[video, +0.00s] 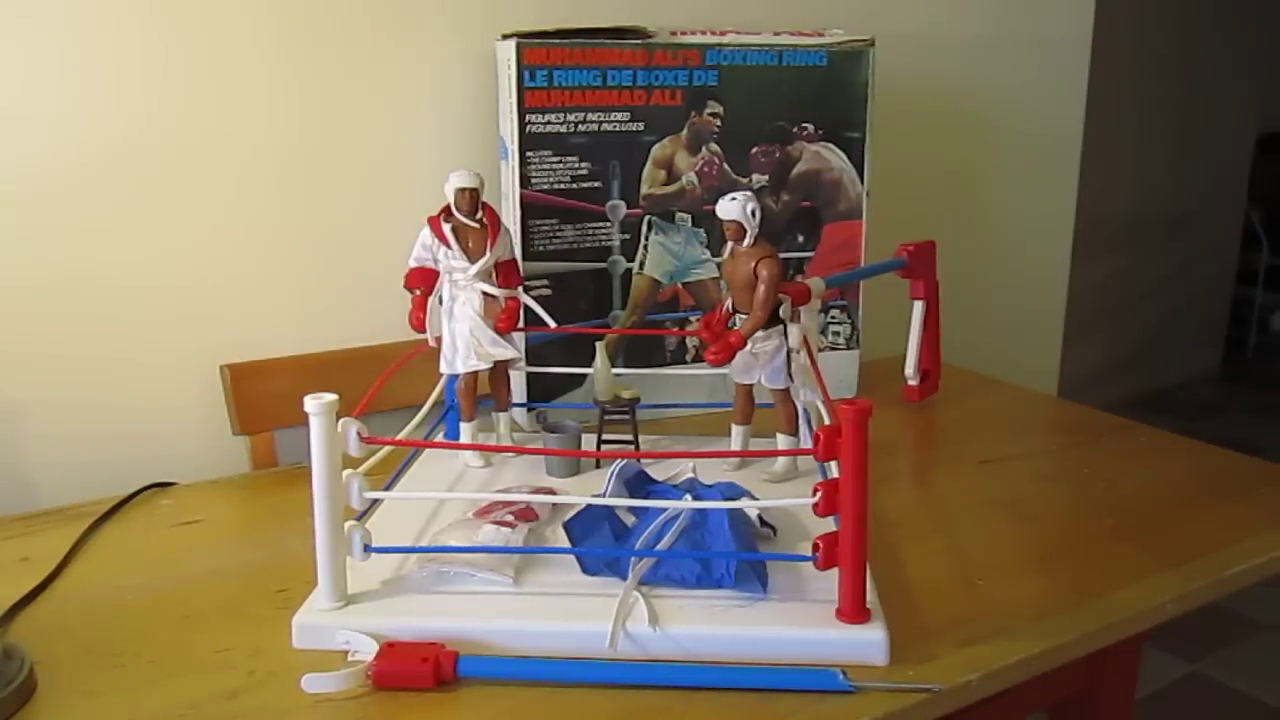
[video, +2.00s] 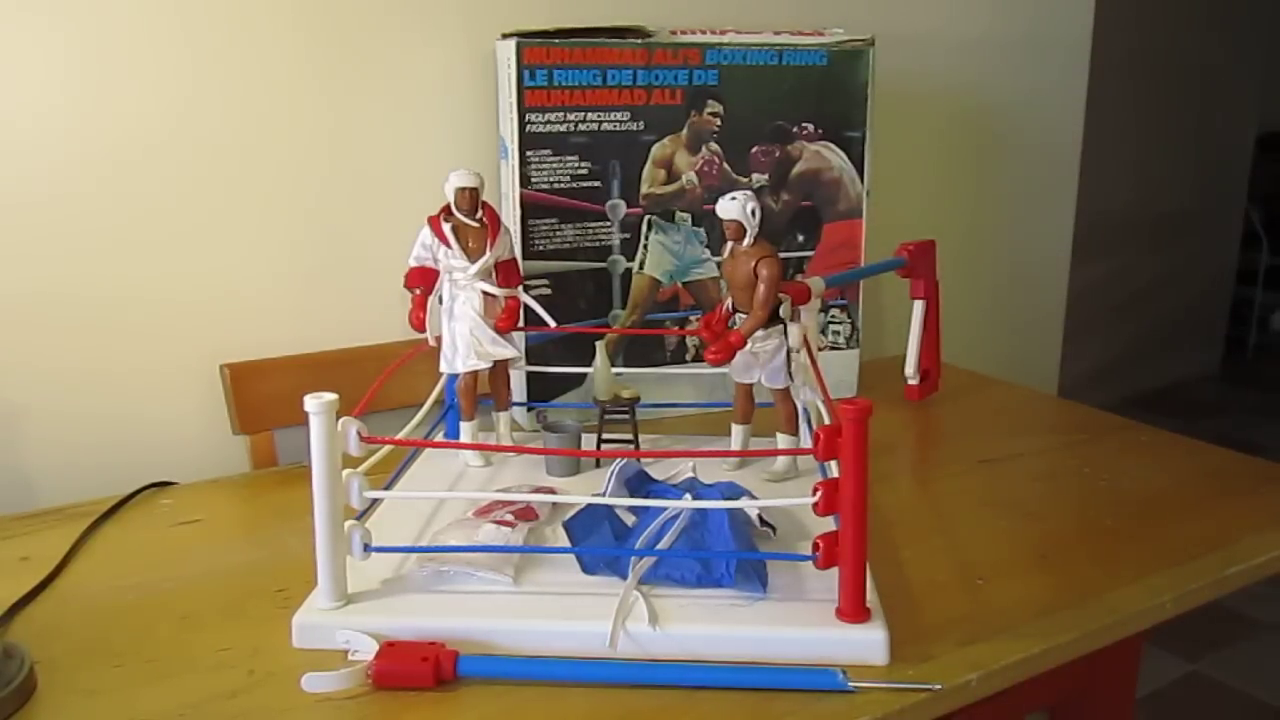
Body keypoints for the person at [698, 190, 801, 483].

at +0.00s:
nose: (725, 229)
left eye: (730, 224)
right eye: (723, 223)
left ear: (748, 224)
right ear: (724, 224)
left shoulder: (767, 262)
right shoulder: (731, 251)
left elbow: (761, 314)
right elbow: (734, 292)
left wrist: (736, 339)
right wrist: (720, 317)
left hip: (769, 334)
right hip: (743, 331)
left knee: (780, 392)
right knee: (742, 388)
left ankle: (787, 457)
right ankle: (738, 451)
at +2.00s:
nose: (726, 227)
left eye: (731, 222)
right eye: (724, 222)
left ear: (748, 222)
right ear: (723, 222)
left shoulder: (767, 262)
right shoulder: (730, 249)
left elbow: (761, 314)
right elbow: (734, 293)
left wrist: (735, 340)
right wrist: (720, 319)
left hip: (768, 333)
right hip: (743, 329)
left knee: (780, 391)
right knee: (742, 387)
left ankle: (787, 457)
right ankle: (737, 450)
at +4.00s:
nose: (725, 227)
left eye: (731, 221)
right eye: (723, 221)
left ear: (748, 222)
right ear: (723, 222)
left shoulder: (766, 260)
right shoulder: (730, 250)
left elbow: (761, 312)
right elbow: (736, 293)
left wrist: (736, 338)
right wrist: (721, 315)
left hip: (769, 333)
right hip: (744, 330)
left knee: (780, 390)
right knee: (742, 385)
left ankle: (787, 457)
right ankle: (737, 449)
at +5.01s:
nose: (725, 227)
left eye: (731, 222)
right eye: (724, 222)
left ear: (748, 222)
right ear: (724, 222)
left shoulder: (767, 260)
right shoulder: (730, 250)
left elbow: (761, 312)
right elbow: (736, 292)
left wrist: (735, 338)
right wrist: (721, 315)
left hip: (770, 332)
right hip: (743, 329)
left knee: (779, 390)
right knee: (742, 385)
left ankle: (787, 456)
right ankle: (738, 450)